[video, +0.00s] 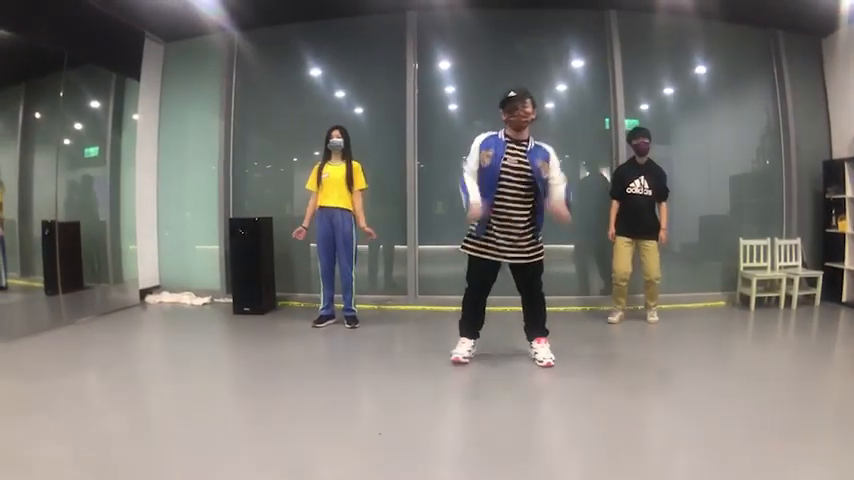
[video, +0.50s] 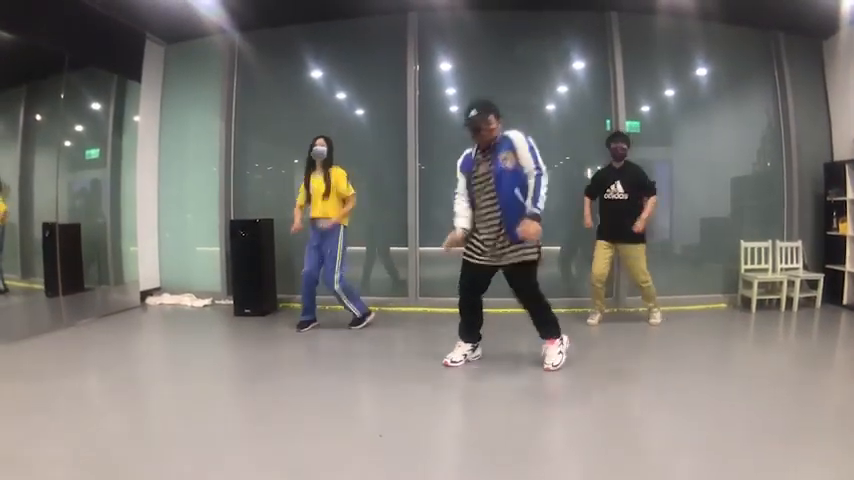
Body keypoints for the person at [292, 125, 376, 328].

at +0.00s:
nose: (336, 140)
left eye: (340, 137)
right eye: (332, 137)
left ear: (346, 141)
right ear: (327, 142)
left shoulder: (353, 166)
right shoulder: (320, 167)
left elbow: (357, 196)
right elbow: (313, 198)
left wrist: (362, 224)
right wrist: (305, 225)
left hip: (344, 214)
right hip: (323, 214)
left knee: (346, 265)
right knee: (325, 265)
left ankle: (349, 312)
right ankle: (326, 311)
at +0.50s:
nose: (318, 149)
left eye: (323, 146)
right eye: (315, 145)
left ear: (329, 151)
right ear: (311, 151)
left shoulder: (337, 173)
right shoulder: (309, 177)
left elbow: (351, 200)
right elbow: (300, 204)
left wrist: (336, 220)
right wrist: (298, 221)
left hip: (334, 226)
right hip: (316, 226)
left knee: (332, 277)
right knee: (309, 273)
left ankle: (362, 312)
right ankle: (308, 317)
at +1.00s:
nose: (345, 149)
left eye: (349, 146)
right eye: (341, 146)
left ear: (354, 154)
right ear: (335, 152)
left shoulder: (356, 180)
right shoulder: (324, 173)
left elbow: (363, 207)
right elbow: (300, 191)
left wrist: (350, 209)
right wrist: (309, 214)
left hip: (341, 224)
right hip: (322, 223)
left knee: (348, 271)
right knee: (328, 273)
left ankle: (348, 313)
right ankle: (299, 311)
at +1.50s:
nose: (318, 147)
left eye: (323, 144)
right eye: (315, 144)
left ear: (330, 152)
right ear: (311, 151)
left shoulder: (334, 171)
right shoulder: (309, 177)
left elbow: (350, 195)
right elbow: (300, 202)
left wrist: (326, 213)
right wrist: (301, 217)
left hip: (334, 224)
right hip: (315, 225)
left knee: (335, 273)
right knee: (305, 269)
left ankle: (365, 309)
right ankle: (309, 314)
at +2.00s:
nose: (333, 144)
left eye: (337, 141)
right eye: (329, 141)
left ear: (342, 148)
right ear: (323, 147)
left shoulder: (349, 173)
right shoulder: (315, 171)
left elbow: (361, 202)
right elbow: (303, 198)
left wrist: (345, 224)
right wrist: (302, 226)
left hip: (343, 218)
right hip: (322, 219)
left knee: (349, 267)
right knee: (322, 270)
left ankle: (348, 311)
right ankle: (296, 311)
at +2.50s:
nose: (329, 137)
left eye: (333, 135)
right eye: (326, 135)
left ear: (339, 142)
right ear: (321, 142)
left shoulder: (345, 165)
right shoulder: (315, 168)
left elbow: (356, 195)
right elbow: (310, 195)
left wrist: (342, 223)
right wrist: (308, 222)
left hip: (339, 213)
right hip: (319, 213)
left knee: (344, 267)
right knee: (313, 266)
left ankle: (356, 310)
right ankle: (310, 311)